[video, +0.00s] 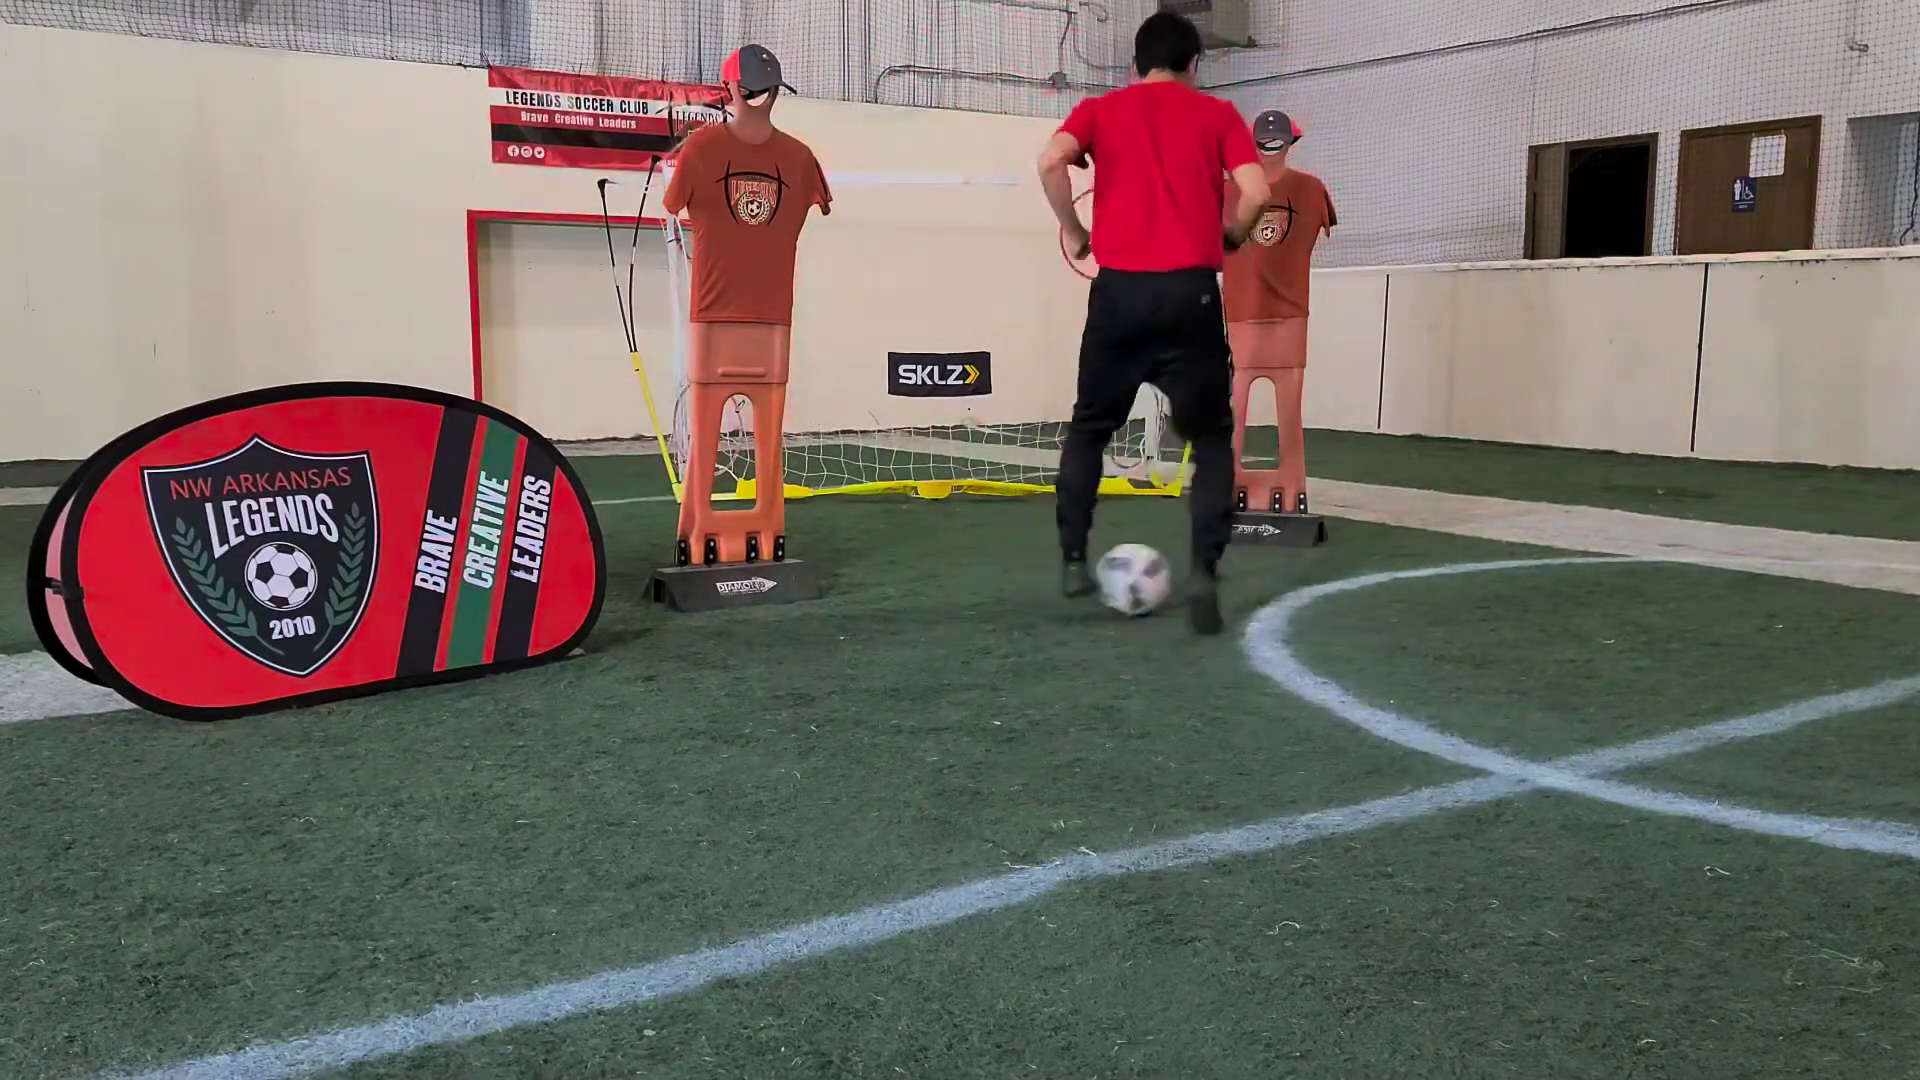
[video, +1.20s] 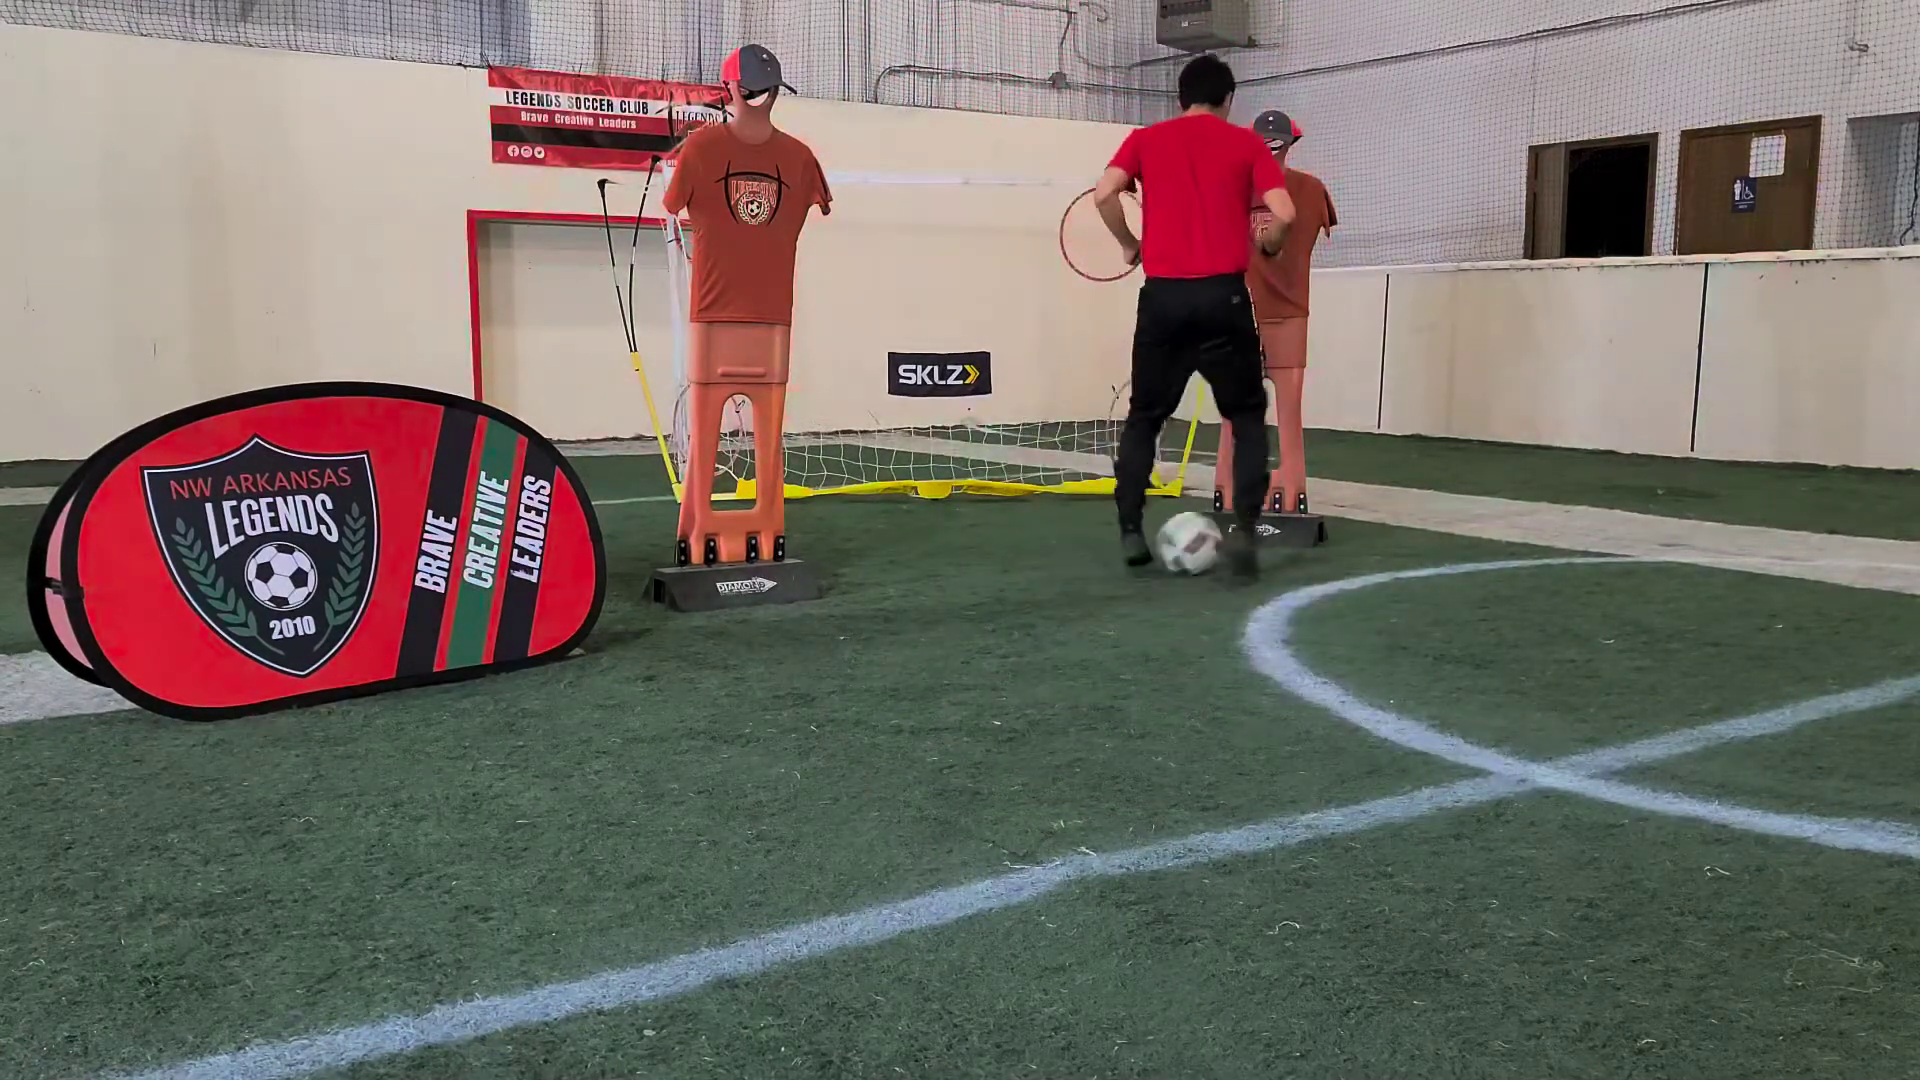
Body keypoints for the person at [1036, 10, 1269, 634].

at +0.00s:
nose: (1195, 72)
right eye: (1198, 64)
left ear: (1135, 65)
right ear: (1193, 65)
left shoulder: (1102, 108)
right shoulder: (1218, 113)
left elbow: (1050, 160)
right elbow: (1255, 193)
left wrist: (1072, 230)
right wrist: (1231, 235)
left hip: (1118, 296)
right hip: (1190, 296)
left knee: (1090, 427)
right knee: (1211, 435)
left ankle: (1073, 558)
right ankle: (1204, 572)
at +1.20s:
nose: (1225, 106)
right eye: (1230, 99)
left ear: (1178, 99)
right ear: (1227, 100)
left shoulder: (1147, 137)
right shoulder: (1248, 143)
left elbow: (1104, 195)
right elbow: (1284, 214)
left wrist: (1128, 243)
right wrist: (1267, 241)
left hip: (1161, 301)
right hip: (1223, 300)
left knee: (1144, 413)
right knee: (1246, 413)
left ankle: (1131, 531)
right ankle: (1244, 529)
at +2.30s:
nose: (1289, 122)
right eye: (1292, 114)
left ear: (1244, 113)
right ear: (1289, 115)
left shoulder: (1208, 158)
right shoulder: (1305, 165)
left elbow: (1164, 224)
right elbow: (1327, 234)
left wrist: (1183, 266)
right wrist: (1310, 285)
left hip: (1207, 308)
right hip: (1261, 312)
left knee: (1213, 380)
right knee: (1257, 426)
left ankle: (1192, 485)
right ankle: (1240, 545)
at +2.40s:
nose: (1295, 122)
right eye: (1295, 115)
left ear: (1245, 113)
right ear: (1290, 116)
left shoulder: (1208, 158)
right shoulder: (1304, 165)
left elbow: (1163, 223)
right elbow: (1326, 230)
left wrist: (1188, 266)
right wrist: (1313, 287)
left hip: (1207, 309)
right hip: (1261, 313)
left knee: (1212, 381)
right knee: (1256, 427)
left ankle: (1187, 486)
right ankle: (1240, 544)